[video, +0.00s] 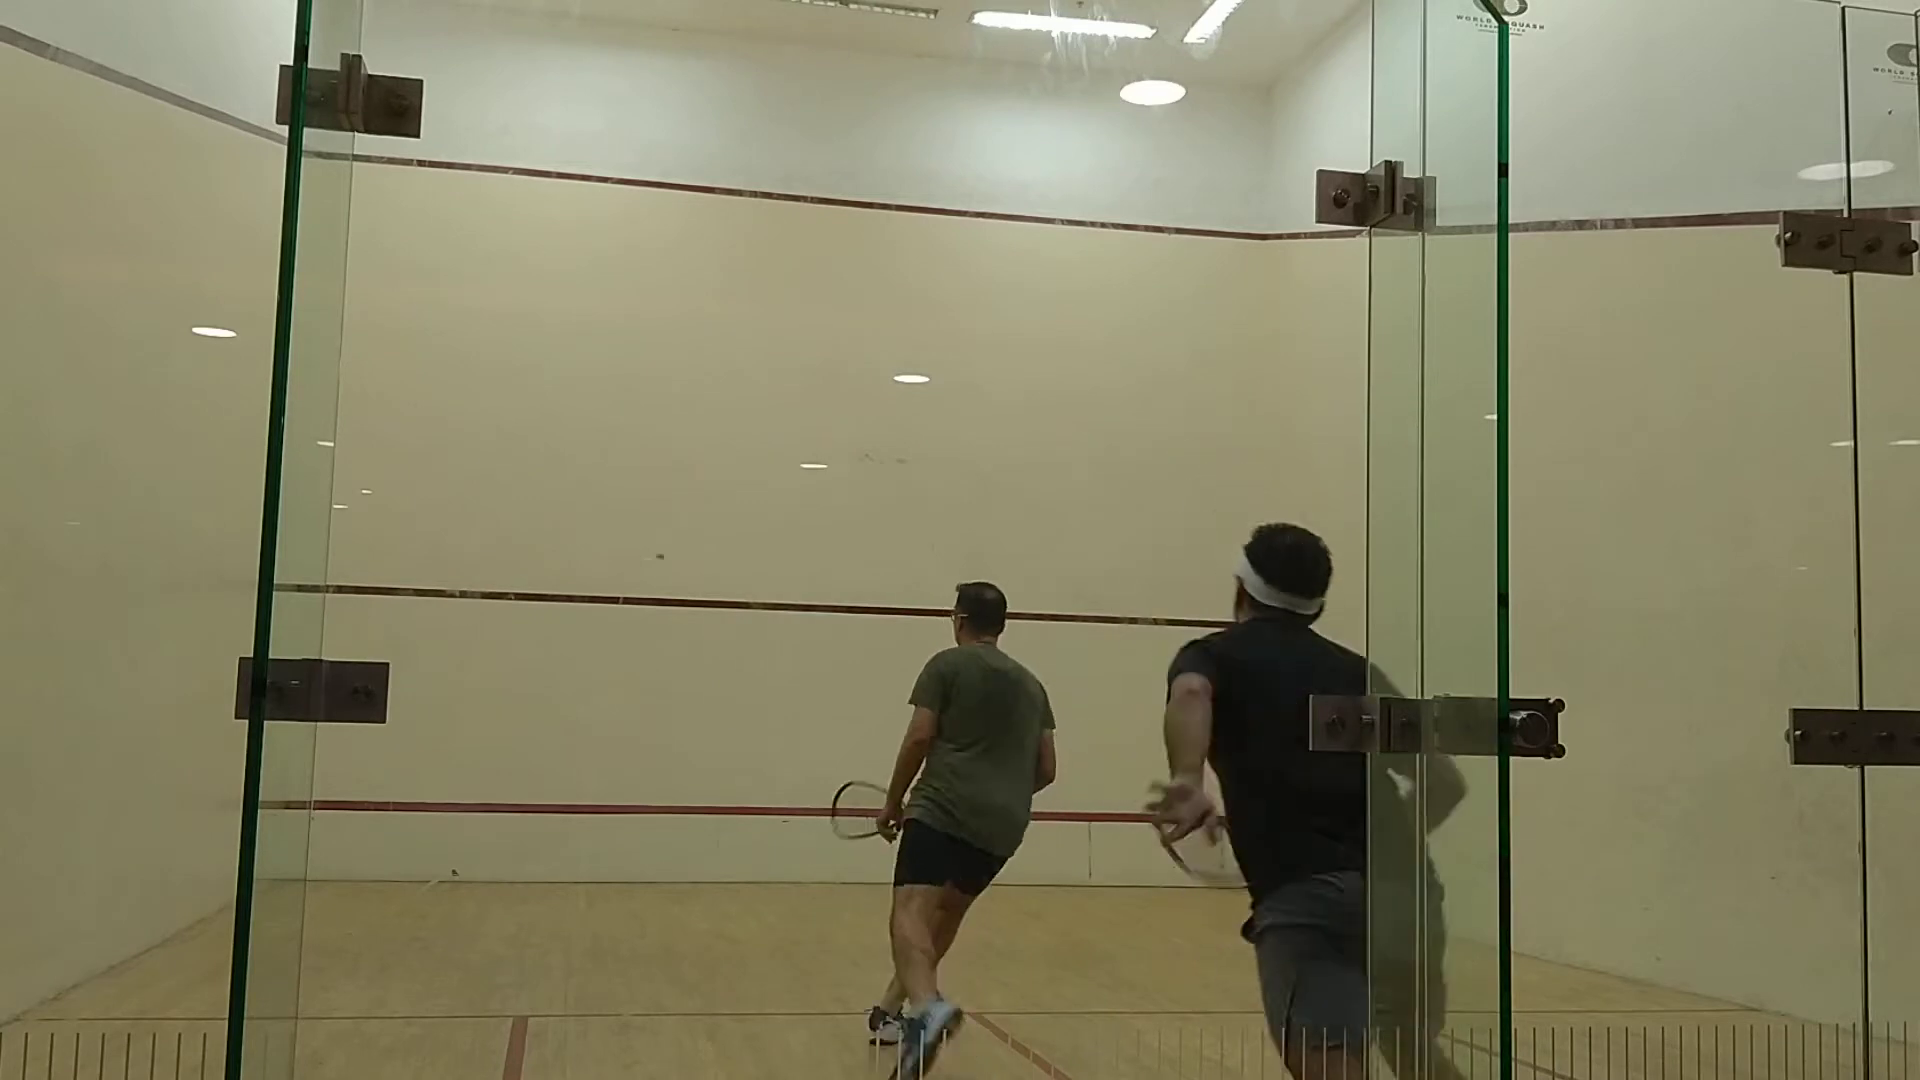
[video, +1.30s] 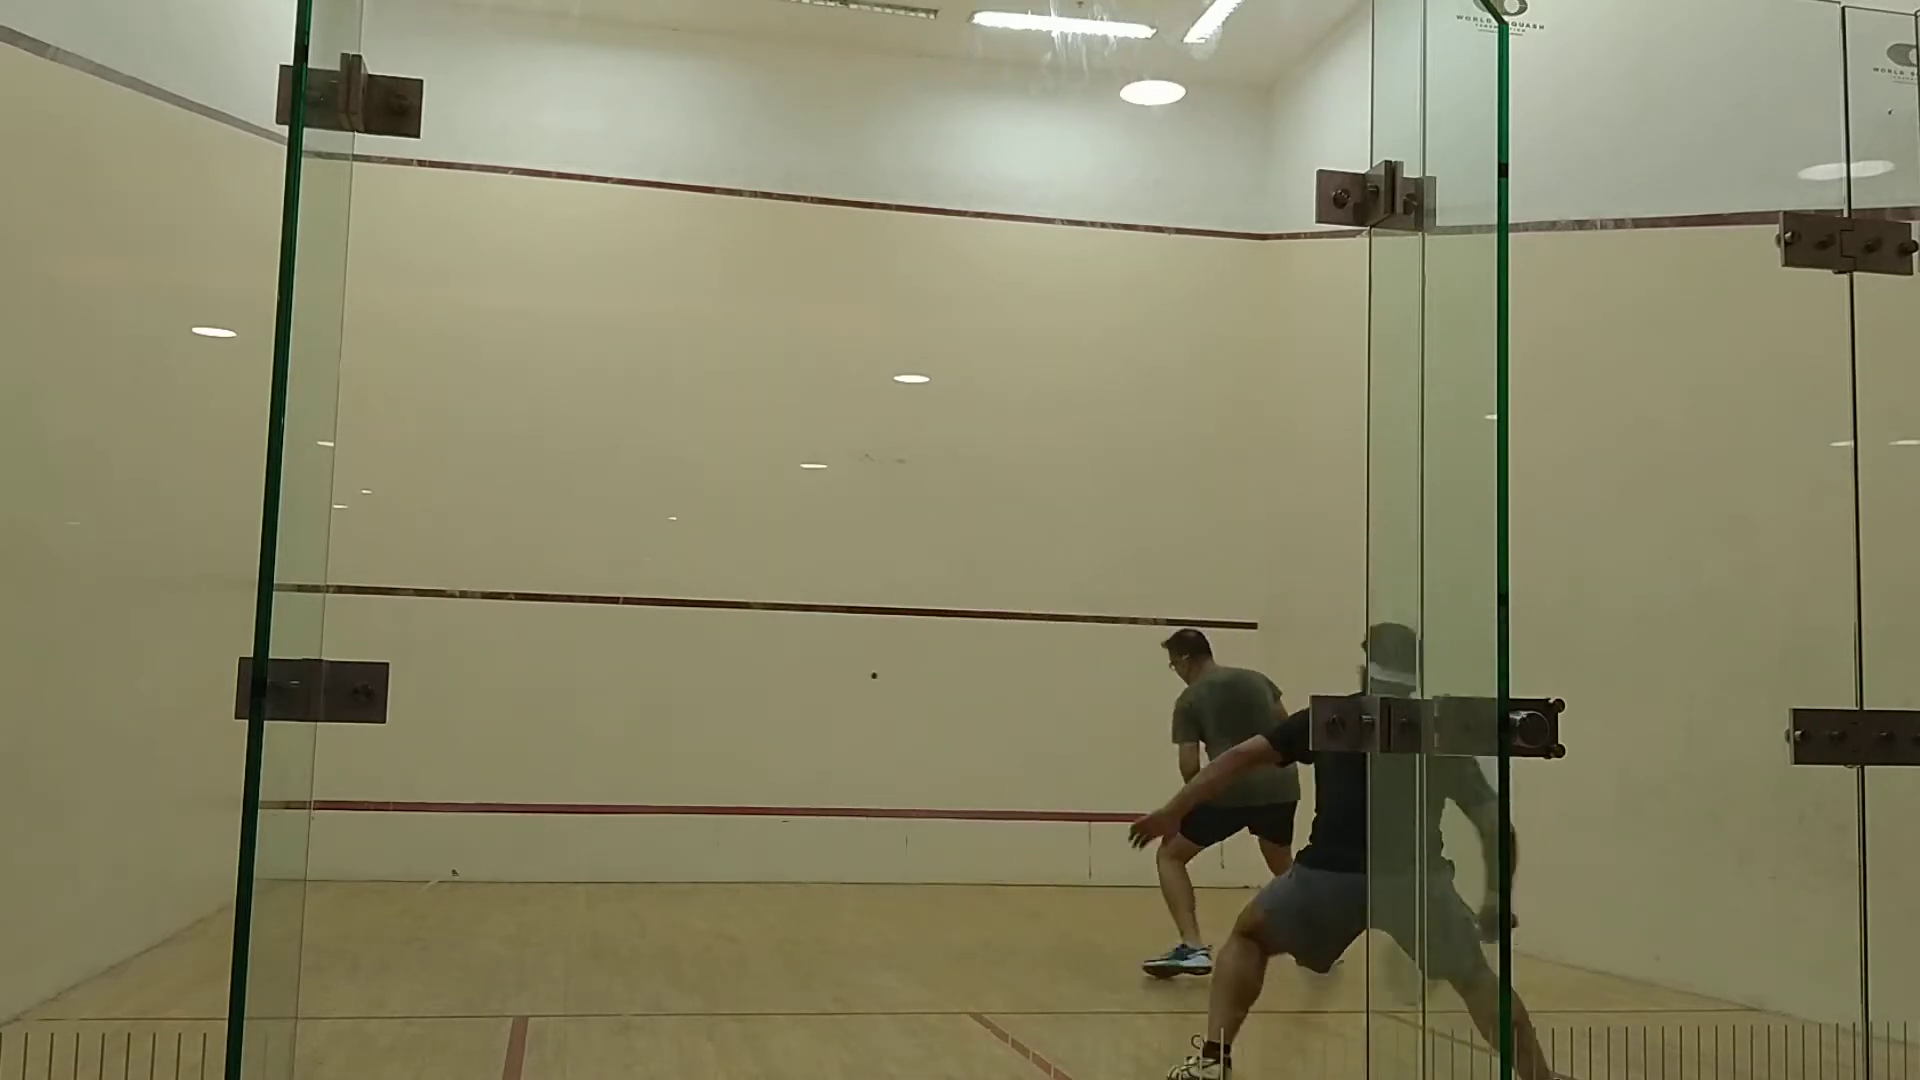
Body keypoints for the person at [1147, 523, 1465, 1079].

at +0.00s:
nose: (1233, 587)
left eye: (1236, 581)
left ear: (1241, 592)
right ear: (1318, 607)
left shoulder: (1210, 653)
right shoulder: (1359, 669)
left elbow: (1191, 692)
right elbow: (1446, 781)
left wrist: (1188, 782)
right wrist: (1385, 839)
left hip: (1302, 902)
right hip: (1404, 891)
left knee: (1330, 1068)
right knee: (1418, 1053)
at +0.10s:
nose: (1272, 571)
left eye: (1273, 566)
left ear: (1275, 574)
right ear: (1349, 581)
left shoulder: (1242, 643)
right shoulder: (1401, 644)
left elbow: (1197, 712)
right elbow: (1472, 746)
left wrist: (1180, 815)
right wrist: (1463, 843)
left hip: (1330, 864)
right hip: (1426, 860)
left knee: (1320, 1049)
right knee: (1441, 1034)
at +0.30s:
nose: (1306, 541)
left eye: (1309, 534)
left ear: (1312, 542)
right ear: (1380, 545)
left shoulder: (1278, 610)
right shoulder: (1428, 613)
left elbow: (1235, 680)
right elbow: (1496, 712)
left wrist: (1214, 779)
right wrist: (1540, 810)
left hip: (1329, 827)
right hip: (1429, 826)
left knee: (1321, 992)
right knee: (1440, 1003)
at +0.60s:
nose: (1357, 554)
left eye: (1351, 545)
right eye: (1391, 551)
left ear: (1350, 550)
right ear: (1411, 556)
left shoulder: (1305, 617)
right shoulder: (1436, 630)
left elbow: (1233, 687)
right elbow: (1474, 730)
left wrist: (1207, 779)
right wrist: (1503, 818)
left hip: (1316, 823)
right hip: (1405, 828)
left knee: (1316, 961)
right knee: (1424, 969)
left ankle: (1309, 1076)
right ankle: (1419, 1076)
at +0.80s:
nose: (1424, 612)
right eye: (1428, 603)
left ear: (1376, 598)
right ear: (1435, 607)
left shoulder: (1333, 661)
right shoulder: (1452, 678)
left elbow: (1255, 719)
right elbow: (1479, 768)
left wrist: (1259, 776)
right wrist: (1501, 841)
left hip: (1332, 838)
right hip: (1411, 848)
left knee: (1260, 960)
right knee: (1421, 968)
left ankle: (1219, 1073)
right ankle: (1440, 1074)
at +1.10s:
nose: (1426, 649)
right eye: (1428, 641)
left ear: (1376, 636)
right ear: (1431, 646)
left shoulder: (1331, 691)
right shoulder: (1437, 707)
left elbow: (1258, 757)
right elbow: (1465, 782)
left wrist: (1247, 828)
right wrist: (1492, 860)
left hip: (1319, 859)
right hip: (1401, 863)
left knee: (1248, 973)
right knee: (1447, 955)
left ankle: (1198, 1073)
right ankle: (1461, 1070)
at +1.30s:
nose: (1371, 674)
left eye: (1371, 665)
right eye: (1384, 668)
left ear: (1366, 666)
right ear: (1415, 671)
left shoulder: (1331, 718)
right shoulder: (1440, 732)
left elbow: (1243, 757)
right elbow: (1498, 826)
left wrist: (1172, 811)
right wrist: (1499, 904)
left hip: (1331, 874)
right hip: (1416, 881)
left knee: (1250, 937)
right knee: (1476, 982)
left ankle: (1213, 1055)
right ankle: (1539, 1073)